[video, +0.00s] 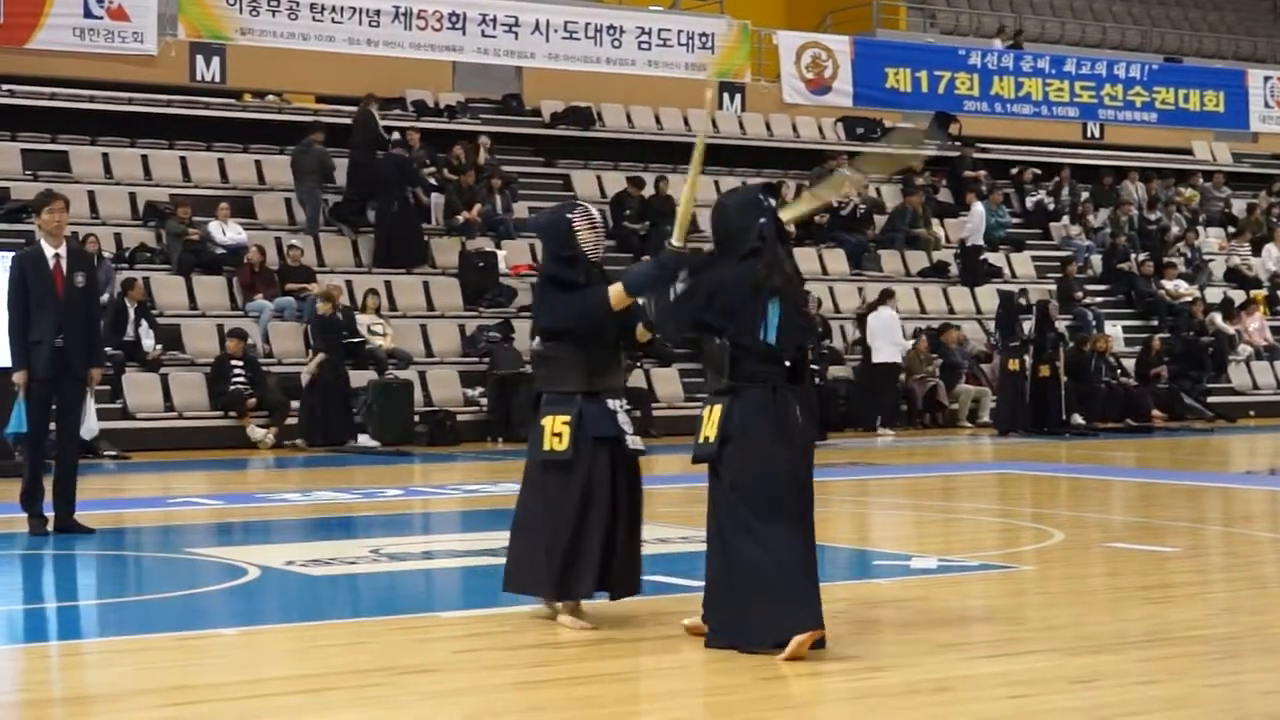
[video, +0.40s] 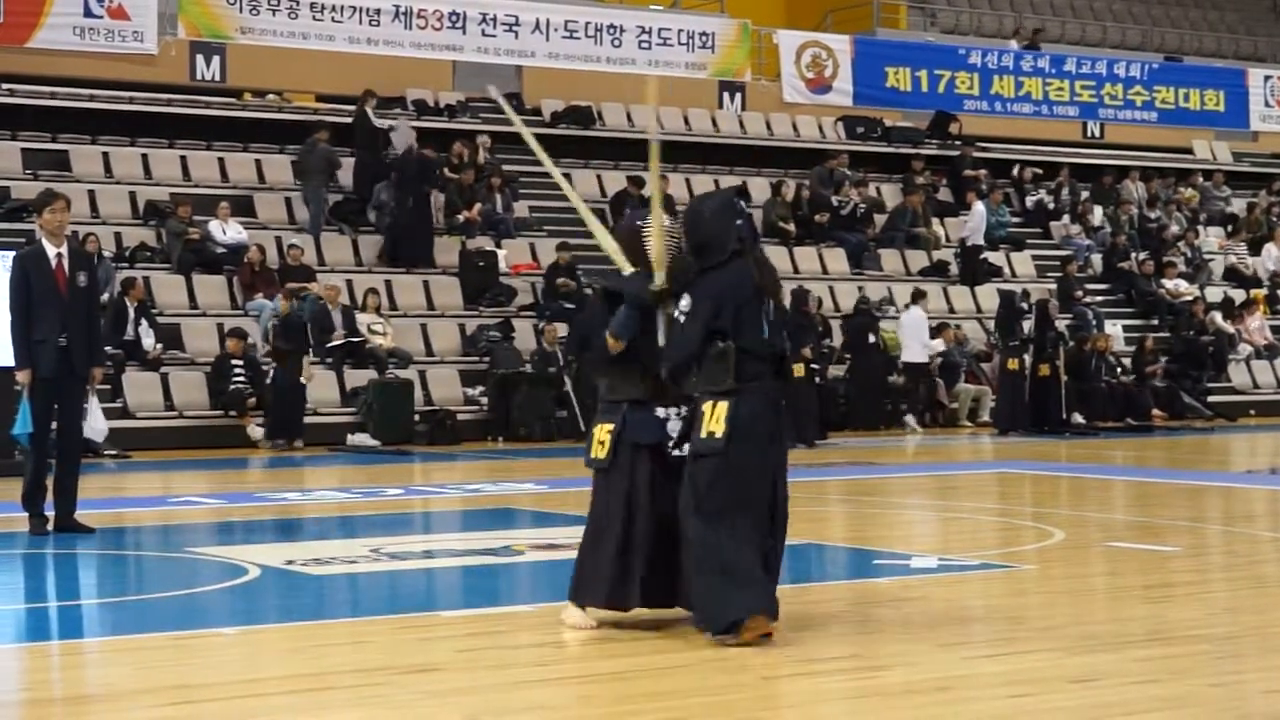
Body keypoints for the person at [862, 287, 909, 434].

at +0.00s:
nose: (895, 302)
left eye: (894, 299)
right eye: (894, 299)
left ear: (880, 299)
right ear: (890, 300)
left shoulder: (871, 316)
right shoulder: (892, 316)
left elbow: (868, 339)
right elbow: (897, 339)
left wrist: (879, 348)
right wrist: (909, 344)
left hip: (876, 357)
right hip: (891, 357)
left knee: (879, 391)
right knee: (890, 391)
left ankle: (879, 422)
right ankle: (886, 424)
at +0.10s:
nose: (903, 302)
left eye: (902, 300)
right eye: (902, 300)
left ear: (888, 300)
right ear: (899, 301)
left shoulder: (879, 317)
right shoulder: (902, 317)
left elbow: (876, 340)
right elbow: (906, 339)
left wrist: (887, 347)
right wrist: (918, 345)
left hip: (884, 356)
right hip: (900, 356)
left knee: (889, 391)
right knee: (897, 391)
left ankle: (899, 422)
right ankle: (885, 423)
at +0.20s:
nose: (909, 304)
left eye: (908, 301)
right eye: (908, 302)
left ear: (895, 302)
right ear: (905, 302)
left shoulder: (887, 317)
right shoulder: (909, 317)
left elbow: (882, 339)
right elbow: (913, 339)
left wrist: (892, 346)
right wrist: (923, 346)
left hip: (892, 357)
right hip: (906, 356)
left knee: (905, 390)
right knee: (901, 390)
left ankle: (910, 421)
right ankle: (888, 420)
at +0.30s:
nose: (919, 304)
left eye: (919, 301)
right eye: (918, 301)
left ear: (904, 302)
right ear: (914, 301)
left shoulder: (896, 316)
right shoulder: (915, 317)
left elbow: (893, 336)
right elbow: (919, 340)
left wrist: (898, 348)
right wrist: (930, 345)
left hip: (899, 358)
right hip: (913, 359)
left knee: (907, 389)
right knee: (916, 391)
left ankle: (897, 412)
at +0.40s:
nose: (927, 303)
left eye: (926, 300)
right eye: (926, 300)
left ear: (912, 300)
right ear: (921, 300)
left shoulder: (904, 315)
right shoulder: (921, 316)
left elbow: (899, 335)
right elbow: (924, 340)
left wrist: (906, 346)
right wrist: (937, 345)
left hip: (906, 357)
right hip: (920, 358)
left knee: (911, 388)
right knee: (924, 388)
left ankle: (911, 418)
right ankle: (912, 415)